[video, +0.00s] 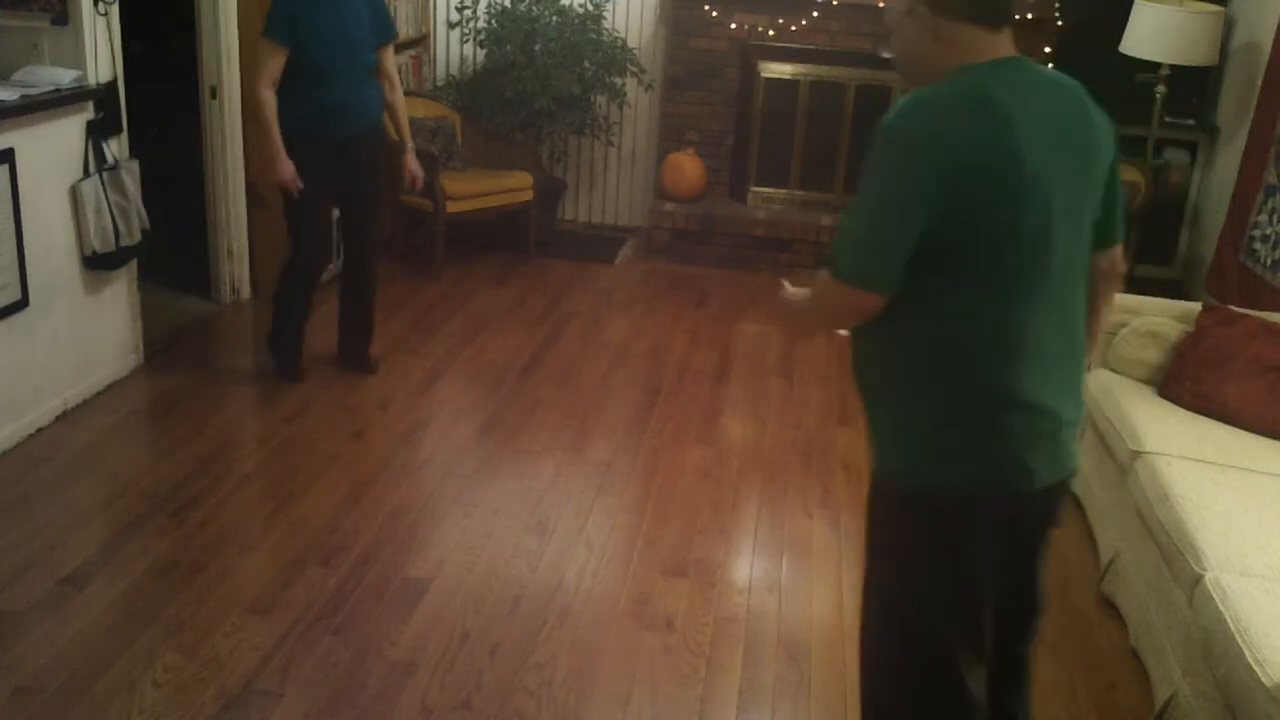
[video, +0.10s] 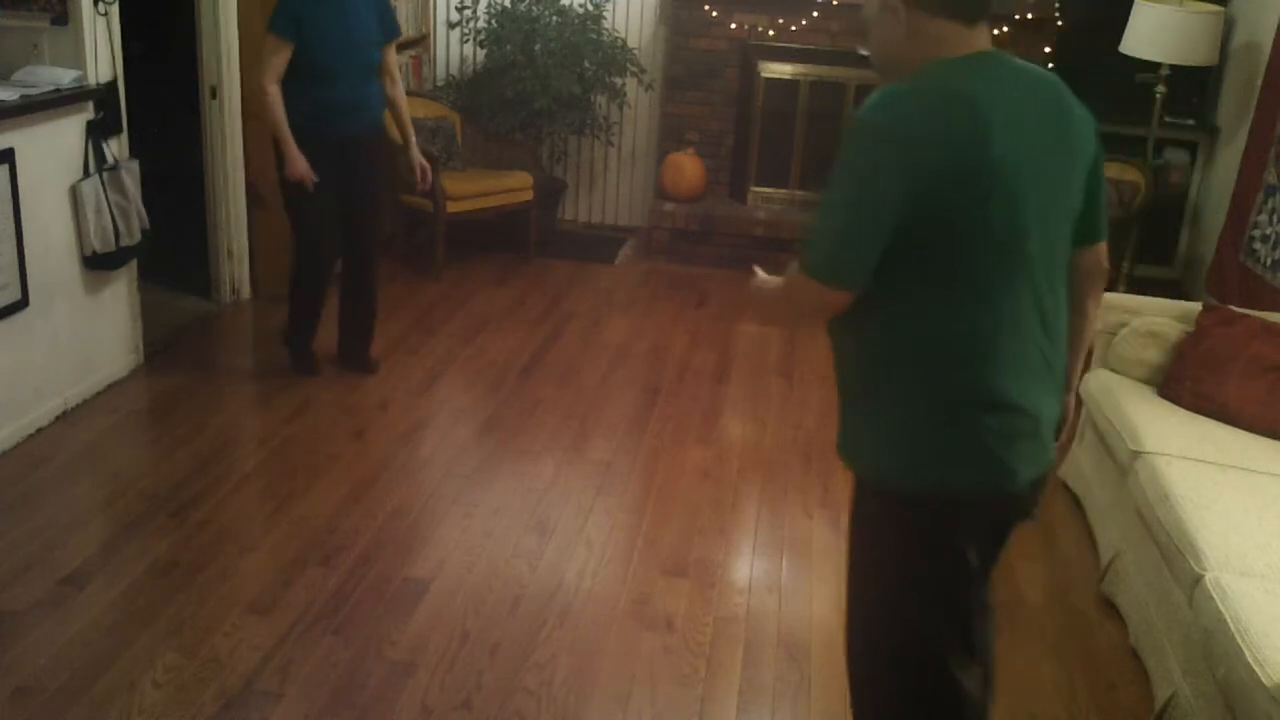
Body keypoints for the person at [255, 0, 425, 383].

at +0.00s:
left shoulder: (374, 7)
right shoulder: (291, 8)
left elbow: (390, 79)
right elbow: (264, 85)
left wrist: (408, 146)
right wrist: (278, 155)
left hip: (365, 143)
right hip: (308, 145)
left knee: (363, 250)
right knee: (311, 252)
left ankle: (355, 349)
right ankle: (286, 350)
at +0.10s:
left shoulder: (379, 7)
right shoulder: (297, 8)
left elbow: (391, 77)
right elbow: (268, 80)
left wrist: (411, 144)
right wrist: (291, 153)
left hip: (365, 143)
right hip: (310, 147)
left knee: (363, 248)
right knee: (317, 248)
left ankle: (355, 348)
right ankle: (299, 343)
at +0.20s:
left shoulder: (379, 6)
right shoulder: (300, 7)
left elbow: (389, 74)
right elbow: (272, 76)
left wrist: (408, 144)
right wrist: (302, 150)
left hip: (365, 139)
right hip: (309, 142)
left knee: (365, 244)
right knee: (316, 245)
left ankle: (356, 347)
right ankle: (304, 343)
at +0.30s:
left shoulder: (380, 6)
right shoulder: (303, 6)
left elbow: (387, 73)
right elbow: (279, 72)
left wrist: (399, 144)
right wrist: (313, 145)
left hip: (369, 136)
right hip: (311, 138)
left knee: (372, 243)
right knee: (313, 243)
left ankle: (362, 341)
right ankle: (302, 340)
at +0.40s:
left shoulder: (383, 7)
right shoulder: (310, 7)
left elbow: (380, 74)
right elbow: (288, 77)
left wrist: (392, 140)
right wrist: (324, 146)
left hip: (372, 133)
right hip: (315, 132)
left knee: (380, 241)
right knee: (314, 242)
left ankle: (377, 347)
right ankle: (303, 342)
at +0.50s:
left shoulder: (393, 6)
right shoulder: (321, 7)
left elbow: (389, 57)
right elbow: (300, 82)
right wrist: (334, 152)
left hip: (380, 136)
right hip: (325, 136)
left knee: (388, 247)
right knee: (321, 245)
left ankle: (394, 359)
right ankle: (303, 343)